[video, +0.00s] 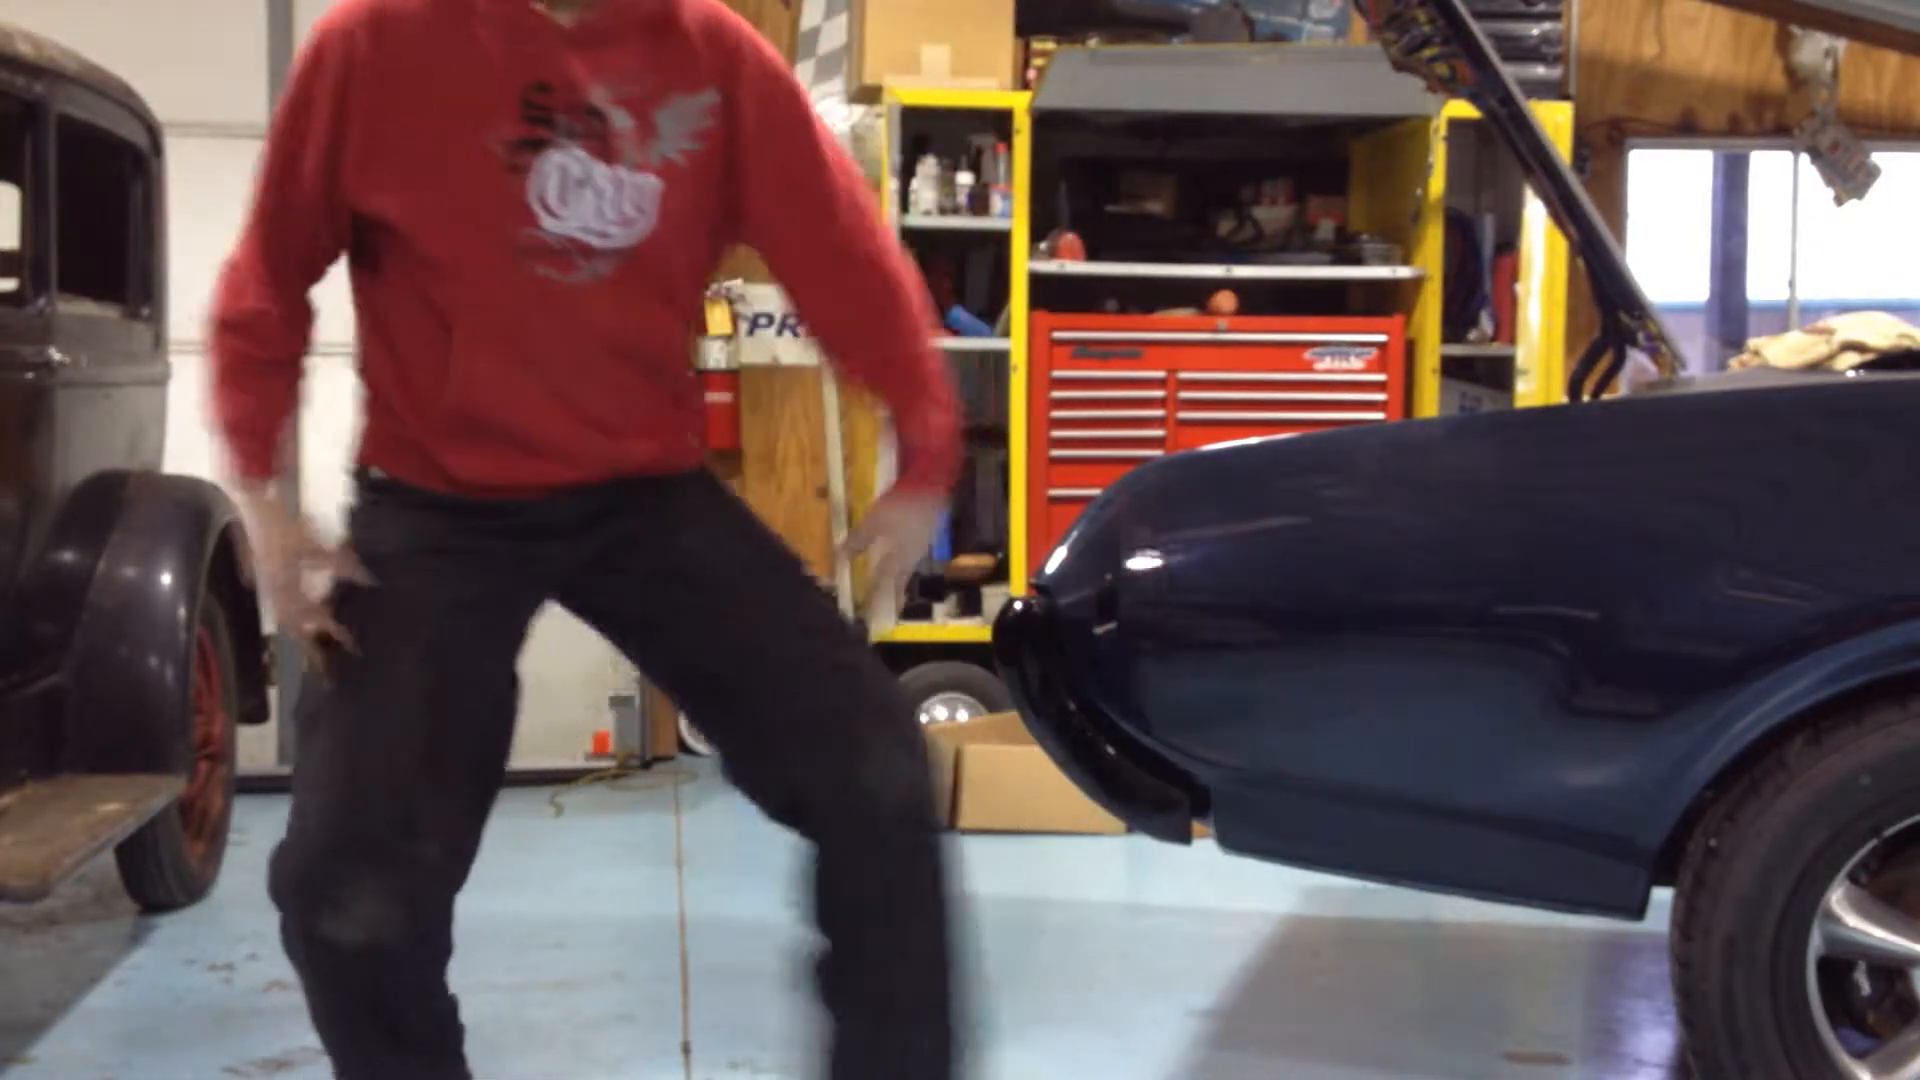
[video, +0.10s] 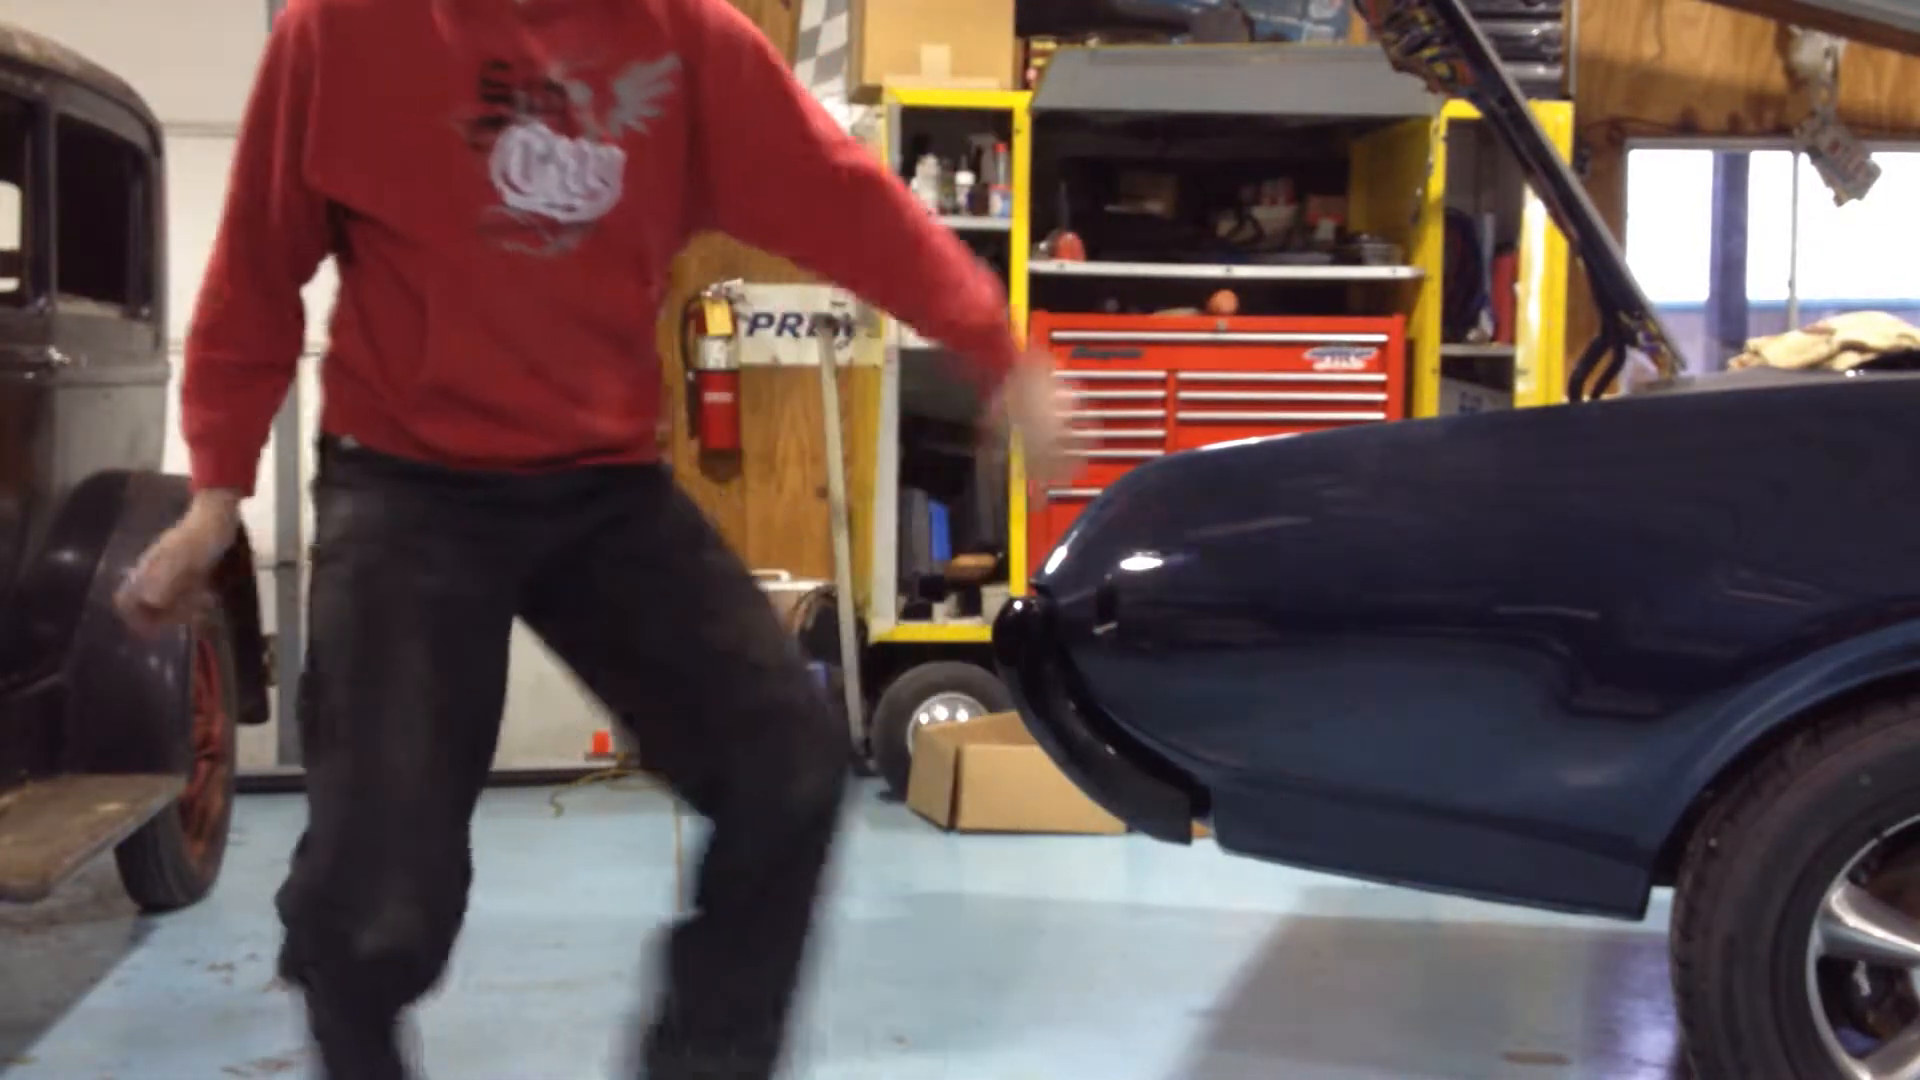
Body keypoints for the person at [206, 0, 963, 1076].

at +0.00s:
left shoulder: (713, 55)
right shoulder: (375, 41)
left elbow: (845, 254)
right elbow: (265, 272)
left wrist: (924, 465)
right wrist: (260, 497)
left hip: (651, 500)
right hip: (433, 513)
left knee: (876, 780)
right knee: (351, 896)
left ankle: (893, 1067)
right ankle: (413, 1073)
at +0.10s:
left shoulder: (687, 36)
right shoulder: (342, 25)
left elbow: (837, 193)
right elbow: (258, 259)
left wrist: (1008, 354)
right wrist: (215, 489)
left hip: (607, 484)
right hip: (404, 487)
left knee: (789, 762)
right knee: (380, 905)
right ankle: (351, 1029)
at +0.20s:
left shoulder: (663, 32)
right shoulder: (316, 28)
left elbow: (825, 149)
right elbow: (240, 254)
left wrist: (1026, 267)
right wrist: (235, 485)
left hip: (586, 473)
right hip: (383, 479)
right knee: (375, 880)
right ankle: (295, 1059)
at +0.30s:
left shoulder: (649, 39)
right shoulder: (300, 28)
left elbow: (778, 202)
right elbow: (215, 246)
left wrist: (961, 310)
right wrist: (261, 452)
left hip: (584, 463)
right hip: (383, 480)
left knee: (815, 658)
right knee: (374, 861)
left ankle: (564, 925)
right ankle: (309, 1064)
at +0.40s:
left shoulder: (631, 41)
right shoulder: (307, 28)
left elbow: (725, 263)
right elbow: (212, 260)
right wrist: (185, 489)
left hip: (596, 468)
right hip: (387, 491)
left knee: (821, 682)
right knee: (355, 908)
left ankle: (657, 953)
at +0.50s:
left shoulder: (660, 45)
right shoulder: (351, 26)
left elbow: (660, 269)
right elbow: (265, 256)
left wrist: (620, 450)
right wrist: (212, 508)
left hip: (596, 482)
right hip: (381, 486)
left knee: (755, 822)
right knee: (350, 898)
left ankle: (875, 1063)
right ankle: (393, 1068)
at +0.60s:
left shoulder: (694, 50)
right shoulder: (420, 28)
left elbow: (668, 279)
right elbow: (328, 240)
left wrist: (609, 438)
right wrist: (363, 462)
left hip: (608, 486)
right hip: (416, 494)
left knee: (782, 752)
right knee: (359, 852)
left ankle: (828, 1063)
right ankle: (375, 1064)